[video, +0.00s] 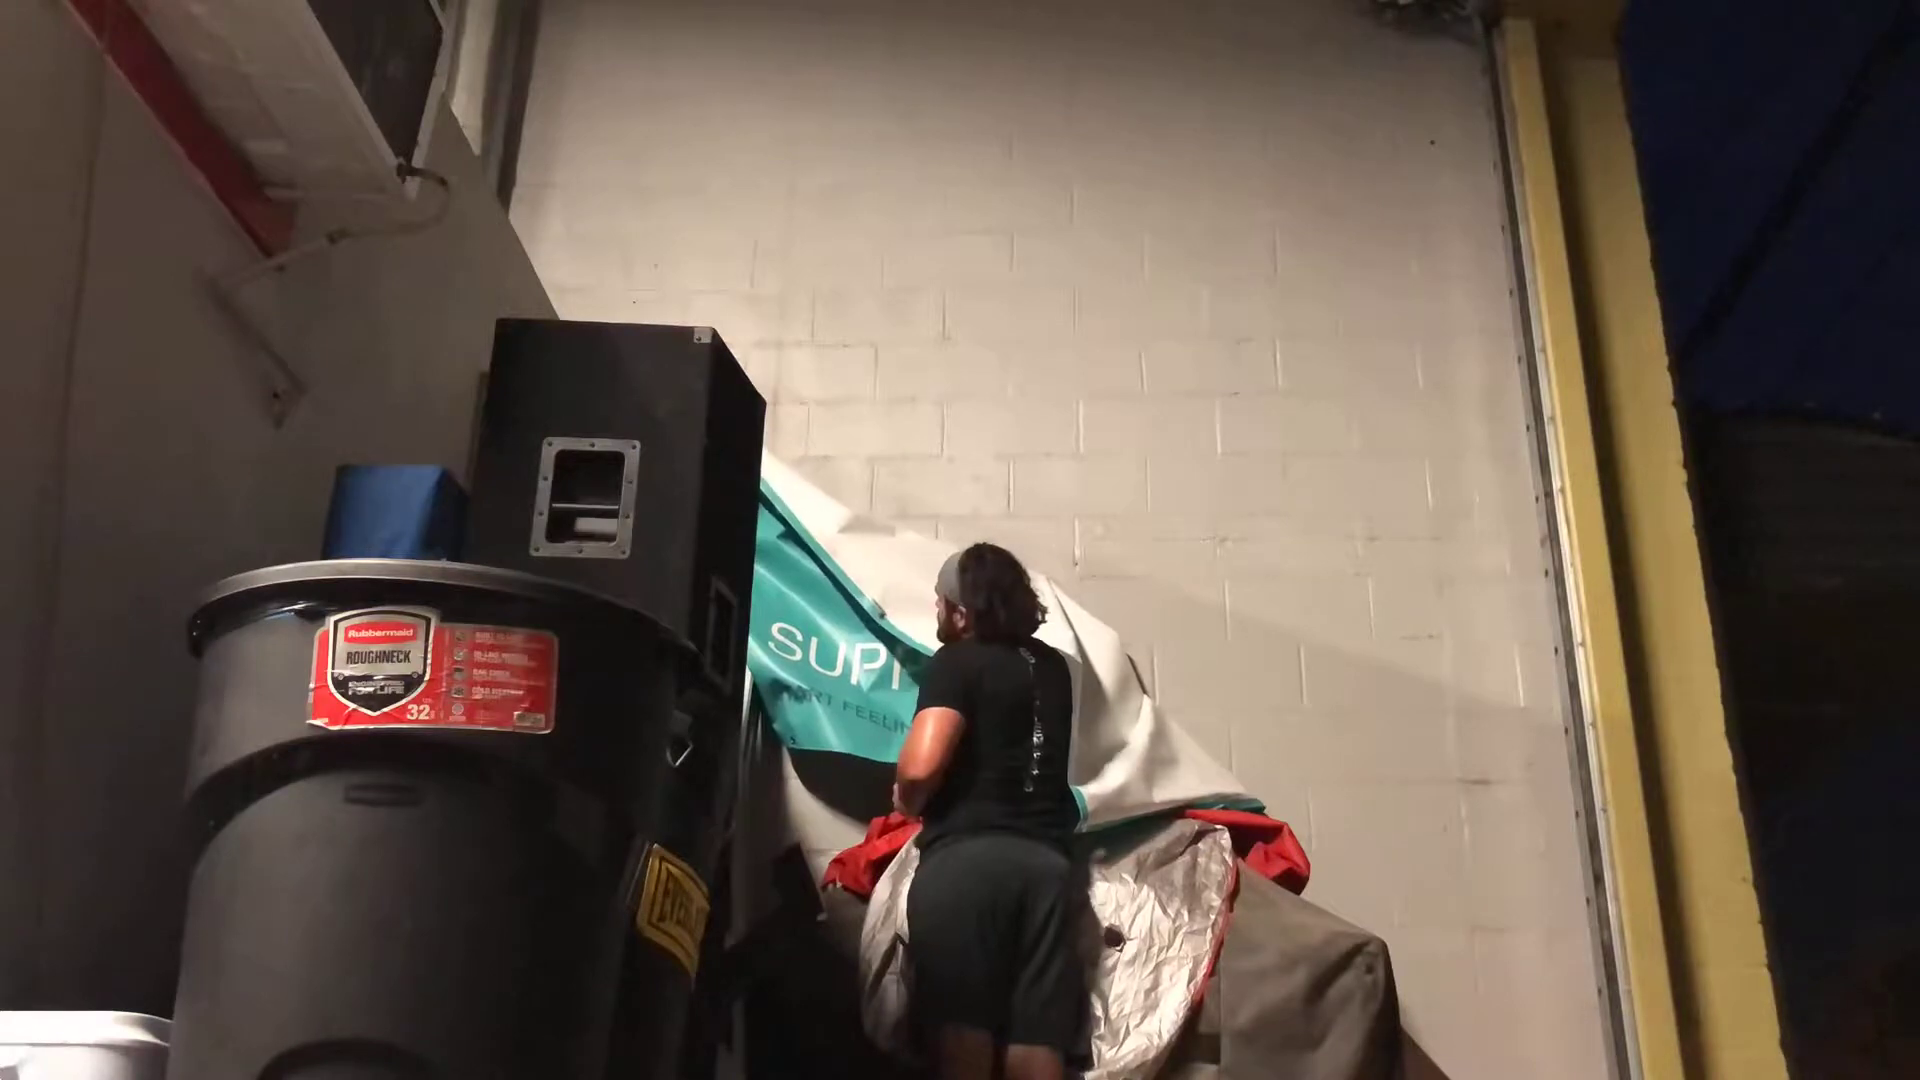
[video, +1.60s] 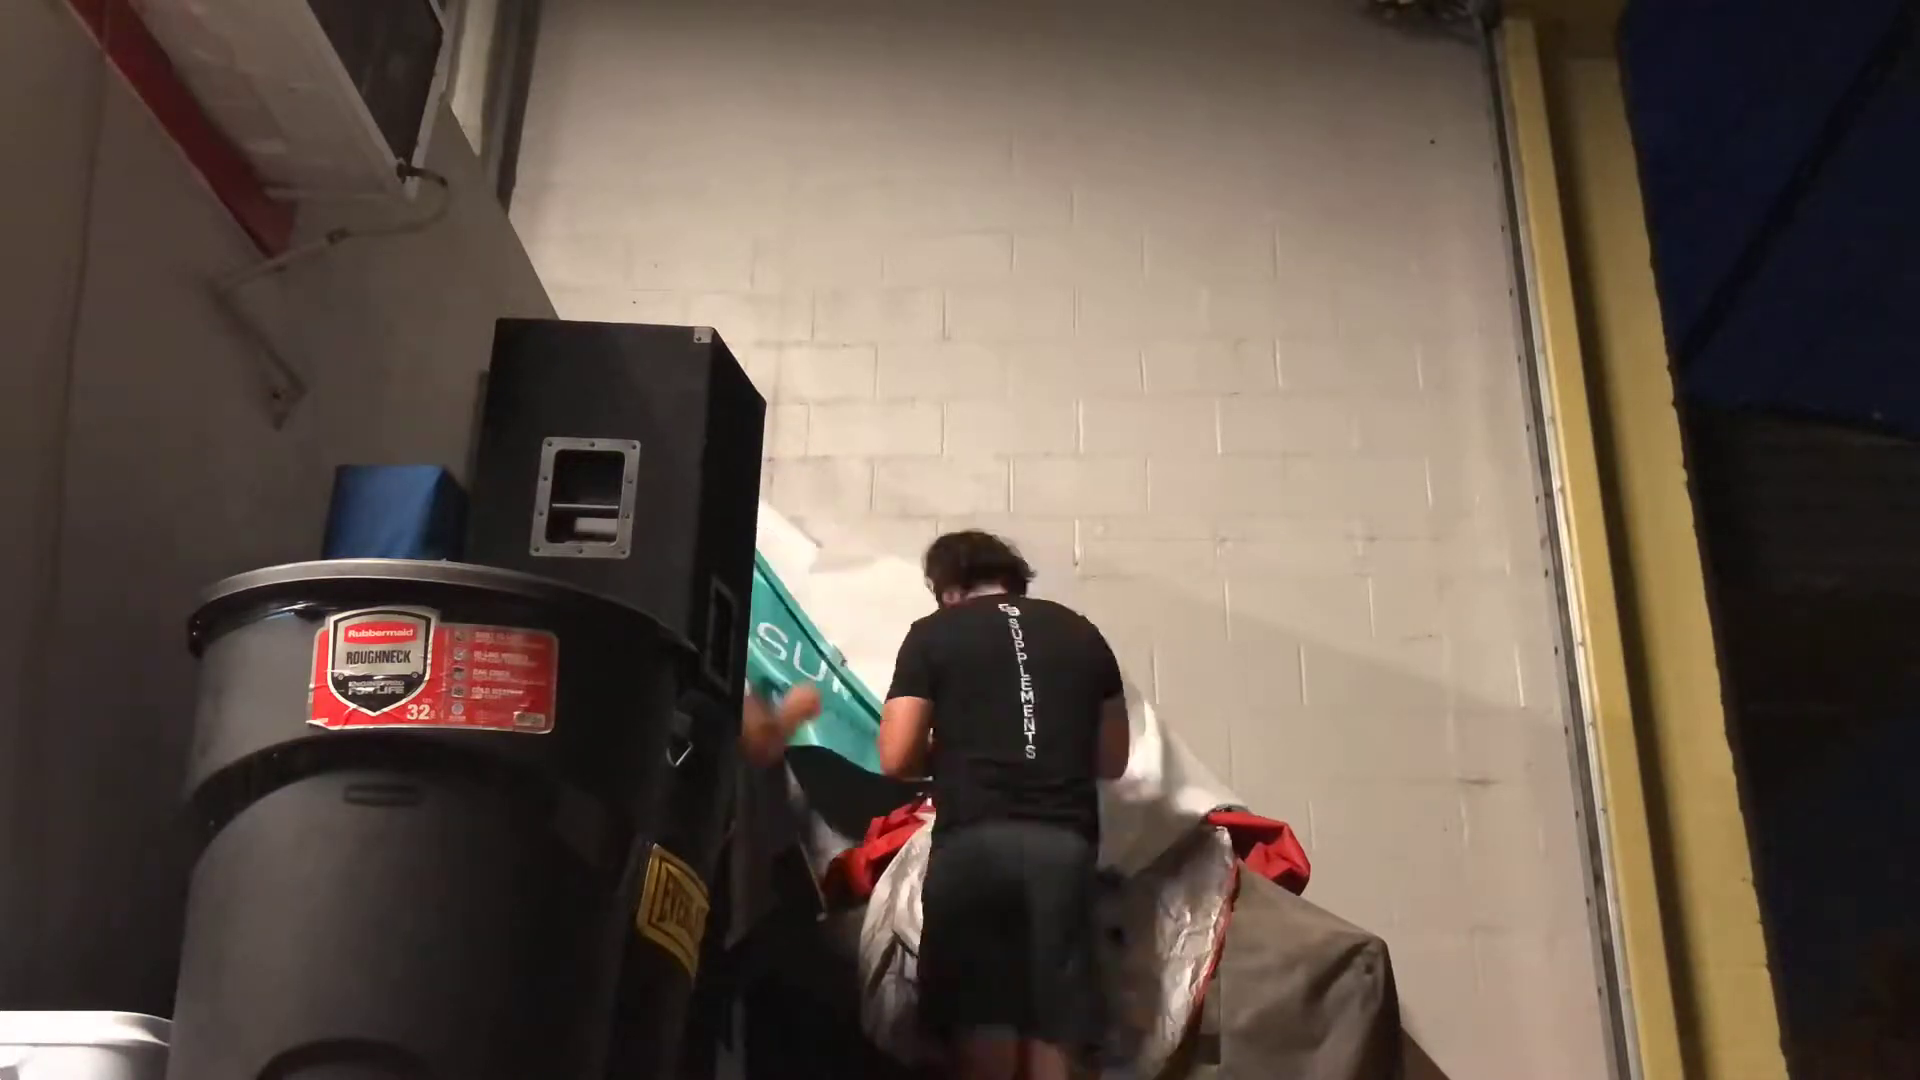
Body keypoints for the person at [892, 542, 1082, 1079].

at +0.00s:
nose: (937, 614)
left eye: (940, 603)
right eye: (938, 602)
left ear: (963, 612)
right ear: (1015, 607)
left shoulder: (957, 660)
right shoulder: (1059, 668)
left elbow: (920, 766)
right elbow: (1046, 761)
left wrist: (907, 801)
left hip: (967, 856)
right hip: (1050, 862)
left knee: (963, 1040)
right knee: (1038, 1046)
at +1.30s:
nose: (931, 612)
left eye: (934, 600)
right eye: (932, 599)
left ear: (949, 605)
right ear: (1007, 602)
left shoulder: (948, 661)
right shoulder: (1045, 666)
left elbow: (914, 770)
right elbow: (1034, 760)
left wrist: (892, 796)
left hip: (960, 856)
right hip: (1042, 861)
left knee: (958, 1039)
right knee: (1034, 1045)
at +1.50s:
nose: (968, 590)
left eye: (971, 578)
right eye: (970, 578)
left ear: (991, 587)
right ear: (1041, 588)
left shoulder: (992, 654)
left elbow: (955, 757)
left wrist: (898, 741)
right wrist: (875, 674)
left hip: (974, 877)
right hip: (1051, 879)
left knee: (960, 1043)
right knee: (1036, 1049)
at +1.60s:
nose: (937, 604)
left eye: (936, 594)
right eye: (936, 595)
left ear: (949, 592)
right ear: (1016, 581)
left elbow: (897, 759)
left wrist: (950, 752)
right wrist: (1042, 743)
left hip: (971, 851)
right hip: (1063, 856)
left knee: (980, 1031)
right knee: (1054, 1035)